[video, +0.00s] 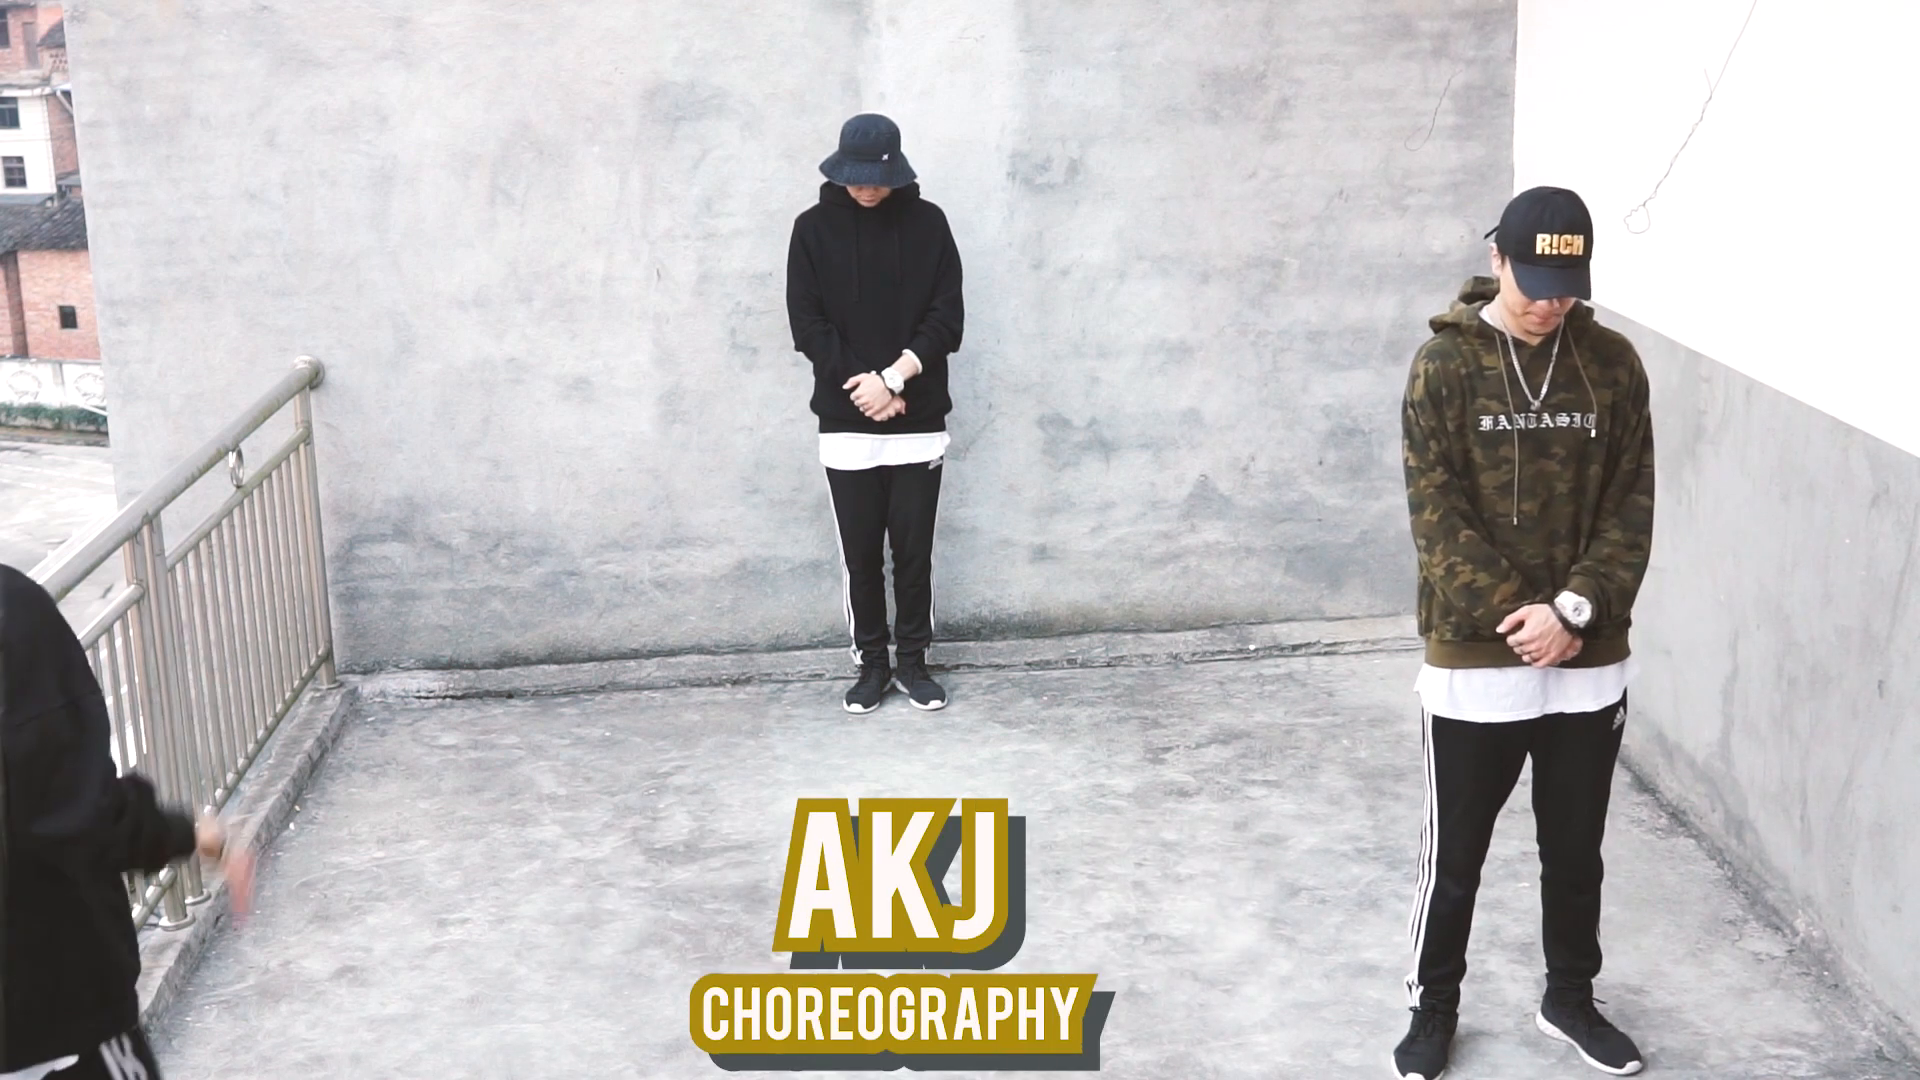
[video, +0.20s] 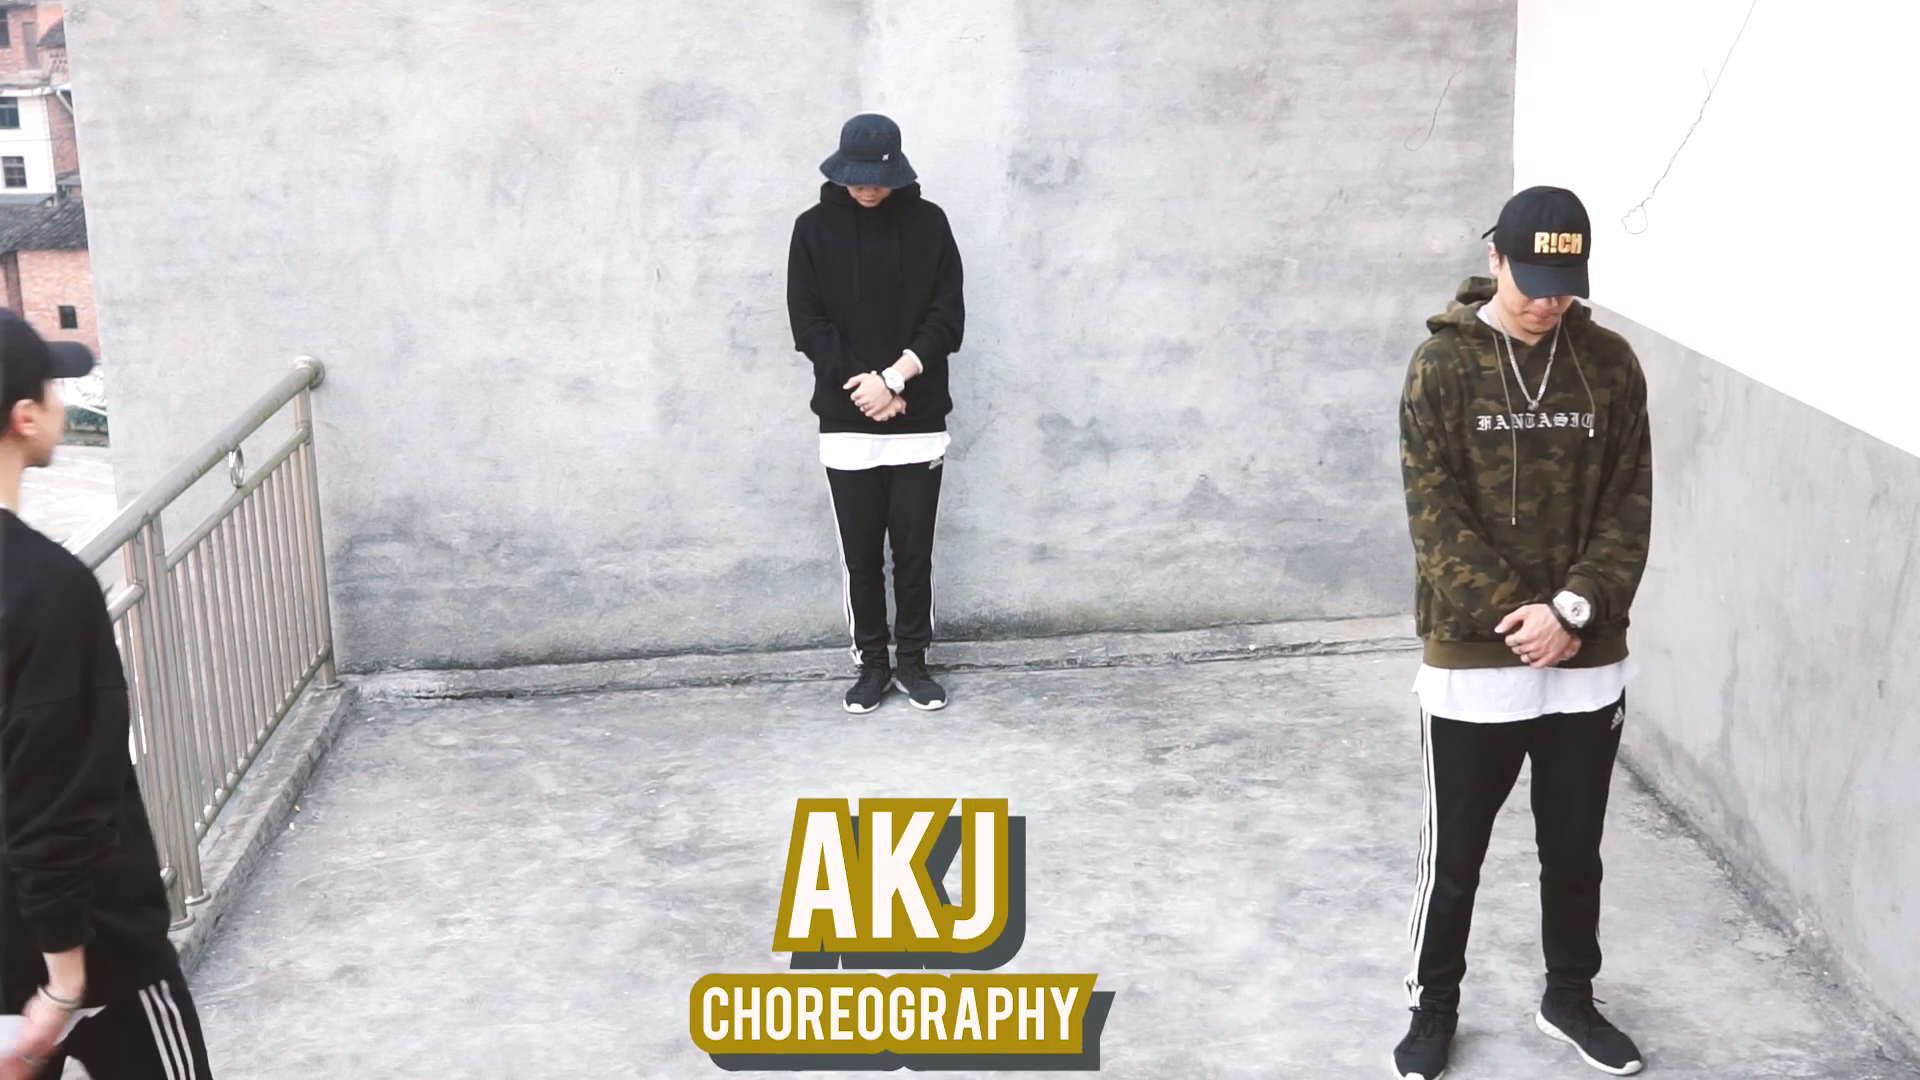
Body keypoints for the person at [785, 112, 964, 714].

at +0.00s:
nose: (866, 190)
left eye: (878, 179)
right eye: (856, 179)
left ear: (896, 173)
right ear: (840, 173)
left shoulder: (927, 221)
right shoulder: (814, 228)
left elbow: (947, 317)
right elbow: (807, 325)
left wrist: (894, 374)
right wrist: (862, 386)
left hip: (919, 414)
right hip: (844, 418)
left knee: (913, 549)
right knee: (861, 552)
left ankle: (913, 664)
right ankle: (872, 666)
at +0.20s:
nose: (868, 190)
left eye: (879, 180)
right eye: (857, 179)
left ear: (897, 173)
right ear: (840, 173)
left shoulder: (927, 221)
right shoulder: (814, 228)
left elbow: (948, 317)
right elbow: (807, 325)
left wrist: (895, 374)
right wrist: (863, 386)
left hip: (919, 414)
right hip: (844, 418)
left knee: (913, 549)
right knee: (861, 551)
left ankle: (913, 664)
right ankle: (872, 666)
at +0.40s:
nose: (868, 190)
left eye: (879, 180)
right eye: (858, 179)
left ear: (897, 173)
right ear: (841, 173)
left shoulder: (928, 222)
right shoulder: (815, 227)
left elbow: (948, 318)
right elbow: (808, 324)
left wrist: (895, 374)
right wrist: (863, 387)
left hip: (919, 415)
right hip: (845, 418)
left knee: (913, 549)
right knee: (861, 552)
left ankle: (913, 664)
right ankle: (872, 666)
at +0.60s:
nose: (869, 189)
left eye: (880, 179)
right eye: (858, 178)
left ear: (898, 173)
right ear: (841, 173)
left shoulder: (929, 222)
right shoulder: (815, 228)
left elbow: (949, 317)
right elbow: (808, 325)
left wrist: (895, 374)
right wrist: (864, 387)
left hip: (920, 415)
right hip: (846, 419)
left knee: (913, 550)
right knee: (862, 553)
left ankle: (913, 663)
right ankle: (873, 667)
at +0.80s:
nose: (869, 189)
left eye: (880, 179)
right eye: (859, 178)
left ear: (899, 173)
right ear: (842, 173)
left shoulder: (929, 222)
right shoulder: (816, 227)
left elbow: (949, 317)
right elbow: (808, 324)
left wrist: (896, 374)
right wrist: (864, 387)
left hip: (920, 416)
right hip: (846, 419)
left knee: (913, 550)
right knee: (862, 553)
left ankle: (913, 663)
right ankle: (873, 667)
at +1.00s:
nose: (871, 189)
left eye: (882, 179)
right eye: (860, 178)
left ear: (900, 172)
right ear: (843, 173)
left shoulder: (930, 222)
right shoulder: (817, 228)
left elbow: (950, 318)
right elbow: (808, 324)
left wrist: (896, 374)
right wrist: (865, 387)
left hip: (921, 416)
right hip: (846, 419)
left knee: (914, 550)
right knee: (862, 554)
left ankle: (913, 663)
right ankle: (872, 666)